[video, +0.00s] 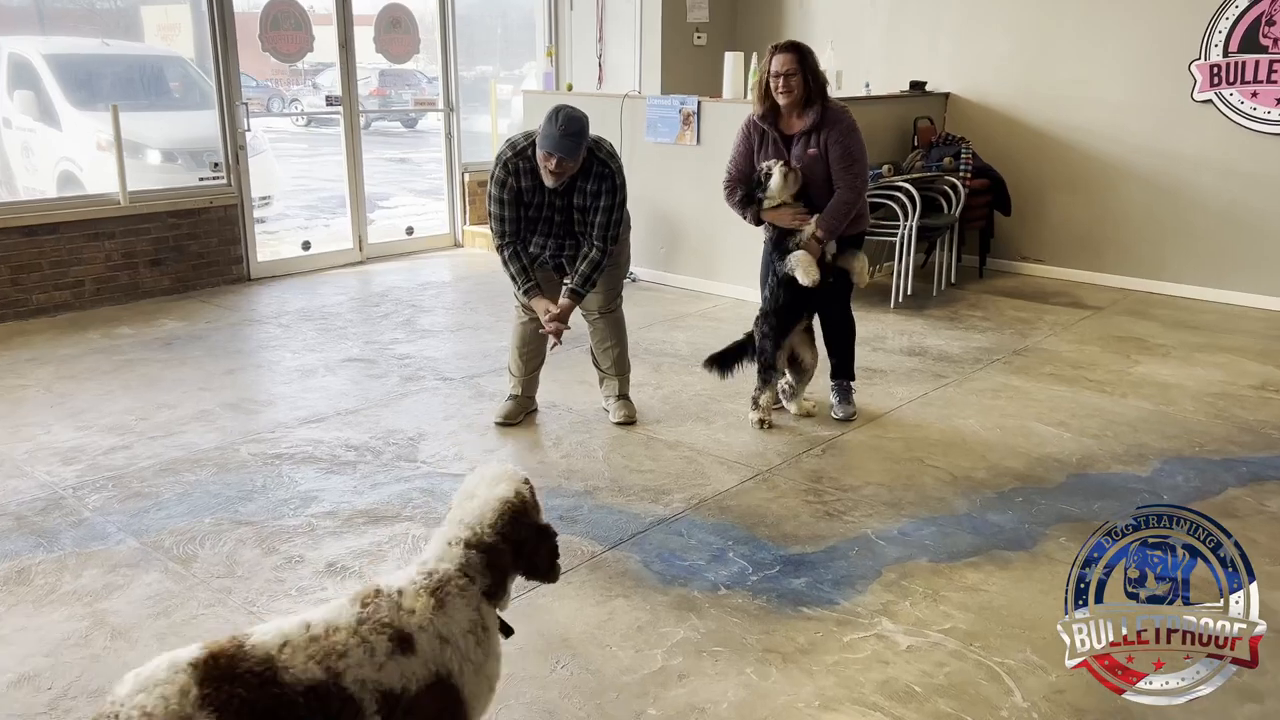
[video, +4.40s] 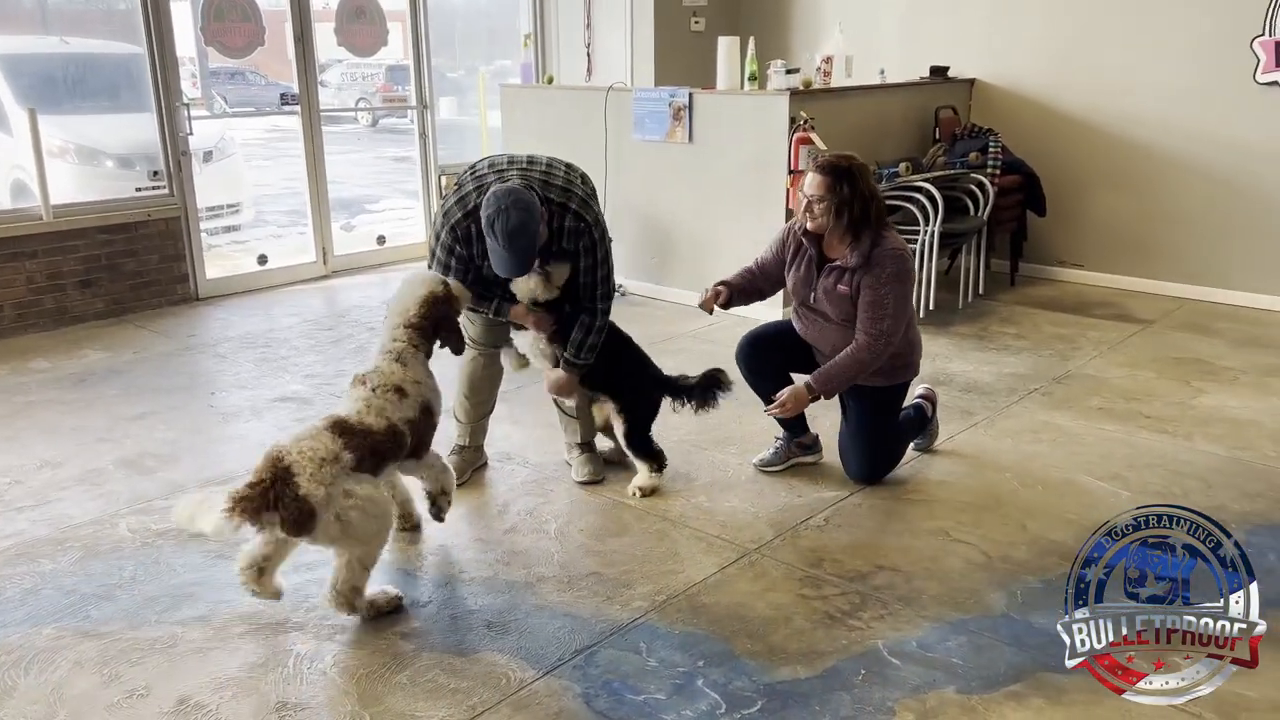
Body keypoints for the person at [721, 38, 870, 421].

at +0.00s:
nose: (781, 82)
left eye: (790, 74)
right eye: (774, 75)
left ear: (807, 77)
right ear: (767, 81)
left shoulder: (836, 121)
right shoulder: (756, 125)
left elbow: (852, 188)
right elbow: (734, 186)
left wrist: (818, 235)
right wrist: (767, 214)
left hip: (838, 233)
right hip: (783, 233)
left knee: (834, 309)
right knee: (781, 310)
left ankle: (842, 385)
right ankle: (790, 373)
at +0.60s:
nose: (786, 98)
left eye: (796, 89)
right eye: (779, 90)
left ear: (815, 92)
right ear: (769, 96)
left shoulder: (848, 139)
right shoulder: (757, 141)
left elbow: (862, 210)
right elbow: (744, 207)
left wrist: (839, 272)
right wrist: (767, 265)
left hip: (843, 245)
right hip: (784, 246)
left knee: (834, 326)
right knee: (781, 321)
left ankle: (839, 419)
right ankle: (780, 406)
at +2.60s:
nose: (811, 122)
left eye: (821, 112)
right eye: (802, 112)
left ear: (845, 102)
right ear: (791, 106)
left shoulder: (884, 138)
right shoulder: (783, 144)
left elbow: (893, 226)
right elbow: (777, 222)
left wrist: (868, 298)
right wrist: (772, 297)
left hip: (880, 253)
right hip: (817, 251)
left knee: (861, 335)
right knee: (799, 340)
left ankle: (871, 436)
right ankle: (805, 423)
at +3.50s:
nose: (809, 147)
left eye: (820, 137)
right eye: (801, 138)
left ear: (844, 136)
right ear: (792, 138)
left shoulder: (889, 173)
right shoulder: (792, 180)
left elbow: (900, 262)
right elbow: (768, 240)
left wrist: (860, 333)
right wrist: (732, 300)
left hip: (907, 267)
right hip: (838, 267)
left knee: (895, 355)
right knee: (818, 355)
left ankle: (922, 417)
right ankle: (831, 440)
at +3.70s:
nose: (793, 175)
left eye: (803, 165)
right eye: (787, 165)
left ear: (831, 165)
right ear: (781, 167)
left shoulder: (876, 207)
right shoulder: (784, 208)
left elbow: (877, 298)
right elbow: (750, 259)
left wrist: (826, 361)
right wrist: (700, 301)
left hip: (901, 298)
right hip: (834, 291)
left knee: (894, 400)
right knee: (797, 350)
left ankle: (951, 405)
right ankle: (825, 440)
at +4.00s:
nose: (796, 218)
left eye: (806, 210)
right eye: (791, 208)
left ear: (834, 210)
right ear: (786, 207)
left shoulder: (872, 259)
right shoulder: (787, 244)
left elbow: (854, 344)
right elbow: (735, 273)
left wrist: (833, 419)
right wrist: (674, 288)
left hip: (888, 353)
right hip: (831, 337)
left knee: (878, 459)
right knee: (772, 357)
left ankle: (938, 411)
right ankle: (813, 442)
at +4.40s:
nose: (805, 207)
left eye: (816, 202)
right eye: (804, 197)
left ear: (846, 204)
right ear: (800, 194)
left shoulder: (886, 259)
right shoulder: (797, 236)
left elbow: (872, 346)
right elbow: (761, 275)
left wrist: (811, 390)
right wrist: (730, 291)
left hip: (875, 363)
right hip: (819, 340)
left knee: (863, 468)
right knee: (753, 351)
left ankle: (923, 410)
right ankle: (799, 438)